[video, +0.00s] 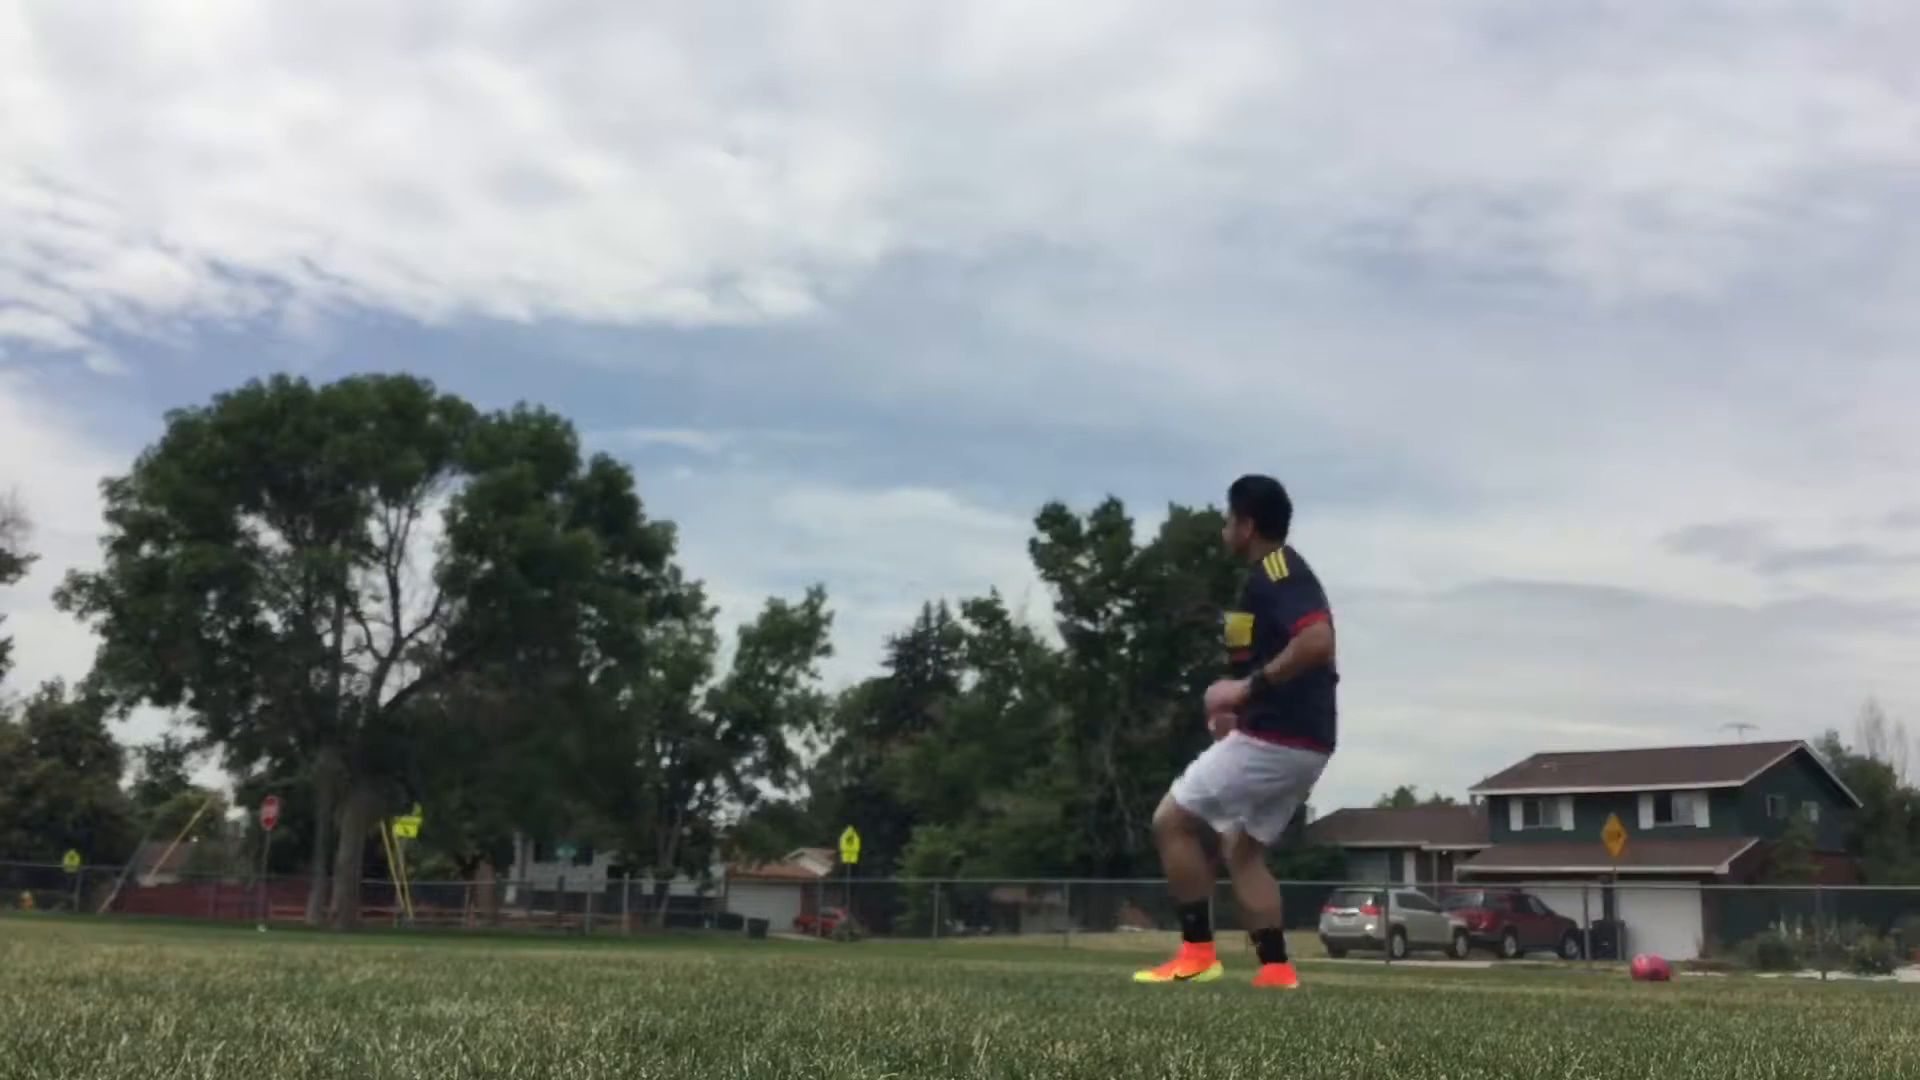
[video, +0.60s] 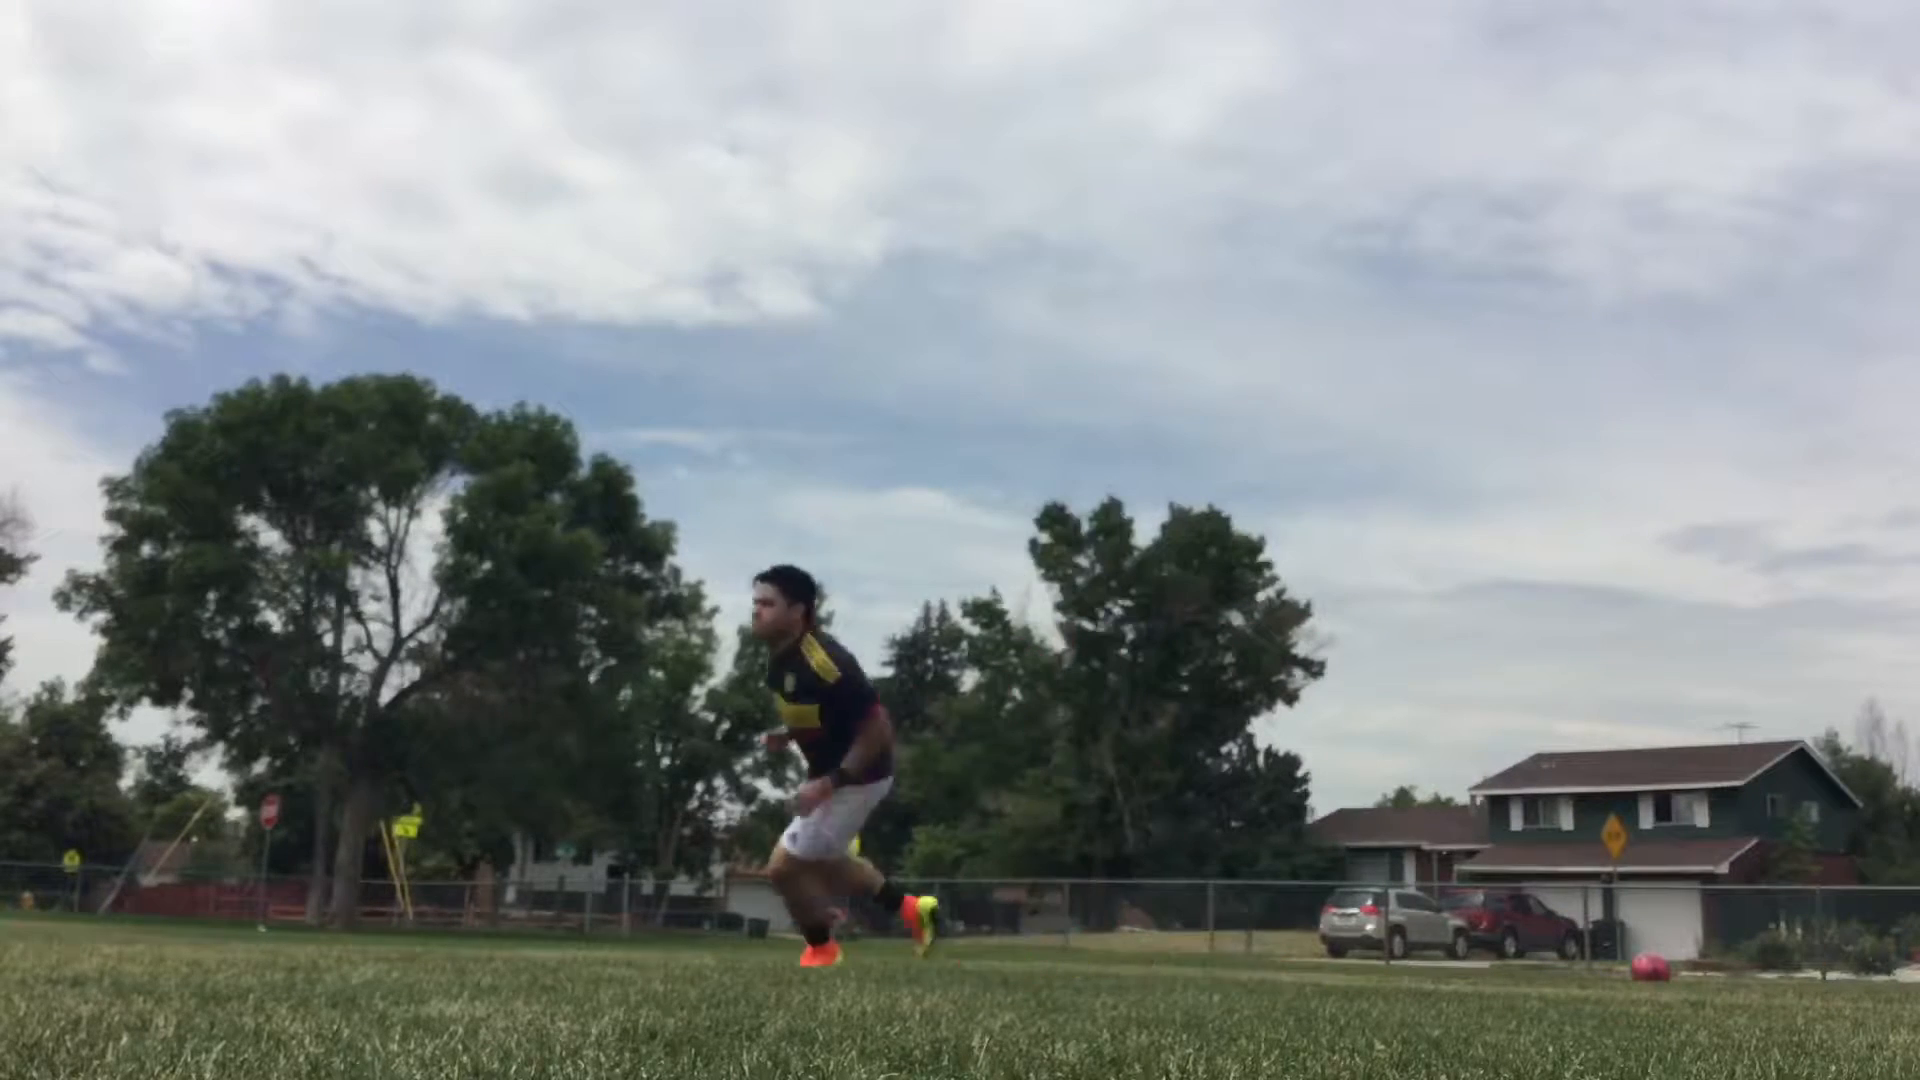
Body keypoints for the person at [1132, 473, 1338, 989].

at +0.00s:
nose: (1225, 531)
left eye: (1229, 520)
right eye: (1227, 520)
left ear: (1247, 524)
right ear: (1267, 524)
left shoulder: (1276, 568)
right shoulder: (1277, 573)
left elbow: (1316, 640)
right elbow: (1288, 664)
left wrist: (1249, 688)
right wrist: (1239, 712)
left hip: (1275, 737)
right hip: (1300, 742)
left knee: (1172, 821)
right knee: (1241, 850)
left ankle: (1197, 952)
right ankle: (1277, 969)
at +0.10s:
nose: (1137, 539)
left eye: (1142, 529)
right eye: (1140, 528)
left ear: (1161, 534)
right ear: (1175, 534)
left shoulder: (1194, 586)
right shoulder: (1179, 587)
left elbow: (1249, 650)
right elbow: (1193, 669)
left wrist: (1194, 712)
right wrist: (1141, 688)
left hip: (1171, 744)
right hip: (1203, 751)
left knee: (1091, 832)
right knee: (1166, 856)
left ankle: (1065, 949)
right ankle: (1234, 934)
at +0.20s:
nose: (1059, 549)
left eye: (1064, 539)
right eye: (1061, 538)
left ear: (1084, 541)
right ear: (1098, 541)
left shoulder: (1113, 591)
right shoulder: (1104, 590)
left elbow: (1149, 669)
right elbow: (1111, 663)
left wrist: (1092, 717)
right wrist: (1064, 683)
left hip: (1096, 742)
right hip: (1120, 748)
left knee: (1019, 836)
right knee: (1070, 832)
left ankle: (1053, 951)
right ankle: (1130, 915)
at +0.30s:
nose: (980, 566)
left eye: (985, 556)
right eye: (982, 556)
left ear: (1007, 556)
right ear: (1015, 557)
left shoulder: (1036, 591)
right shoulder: (1024, 597)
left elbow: (1072, 644)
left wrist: (1012, 672)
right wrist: (1005, 687)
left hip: (1044, 752)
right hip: (1055, 751)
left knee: (944, 816)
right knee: (1020, 840)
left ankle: (994, 915)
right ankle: (1037, 939)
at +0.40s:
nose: (906, 600)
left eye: (912, 590)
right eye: (907, 590)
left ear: (937, 593)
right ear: (942, 593)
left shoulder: (972, 632)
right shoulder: (954, 638)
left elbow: (1035, 670)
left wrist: (977, 712)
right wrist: (949, 728)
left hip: (983, 781)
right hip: (988, 780)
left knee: (882, 831)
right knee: (980, 874)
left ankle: (891, 917)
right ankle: (1011, 961)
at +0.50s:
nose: (832, 614)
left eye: (841, 605)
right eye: (833, 604)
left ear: (873, 610)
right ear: (864, 613)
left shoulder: (905, 654)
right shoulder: (872, 658)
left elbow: (975, 704)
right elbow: (916, 721)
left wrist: (956, 774)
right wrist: (872, 751)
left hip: (908, 793)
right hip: (919, 788)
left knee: (824, 860)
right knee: (946, 872)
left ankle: (825, 944)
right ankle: (1005, 953)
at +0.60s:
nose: (756, 612)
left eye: (766, 604)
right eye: (755, 603)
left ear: (799, 613)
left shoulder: (828, 662)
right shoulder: (782, 662)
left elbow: (878, 734)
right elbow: (819, 716)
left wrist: (830, 781)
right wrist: (788, 737)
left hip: (861, 777)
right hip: (827, 773)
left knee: (784, 870)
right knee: (824, 862)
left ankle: (822, 948)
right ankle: (909, 908)